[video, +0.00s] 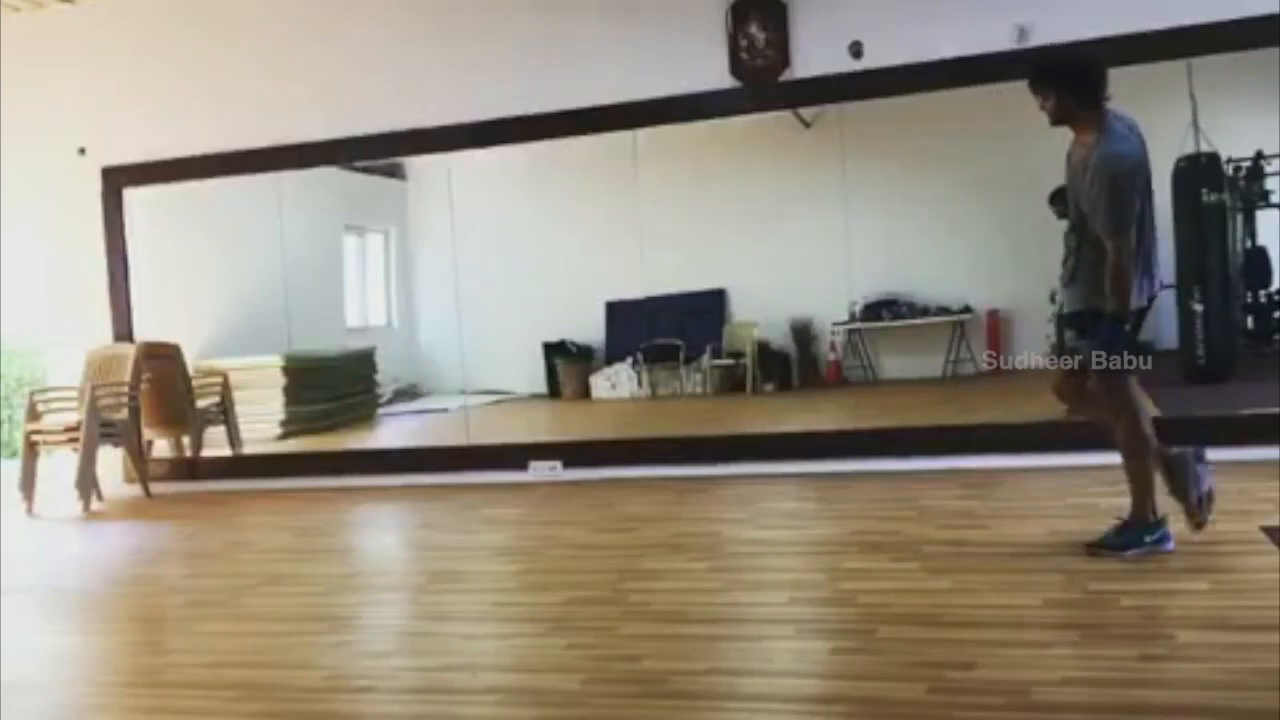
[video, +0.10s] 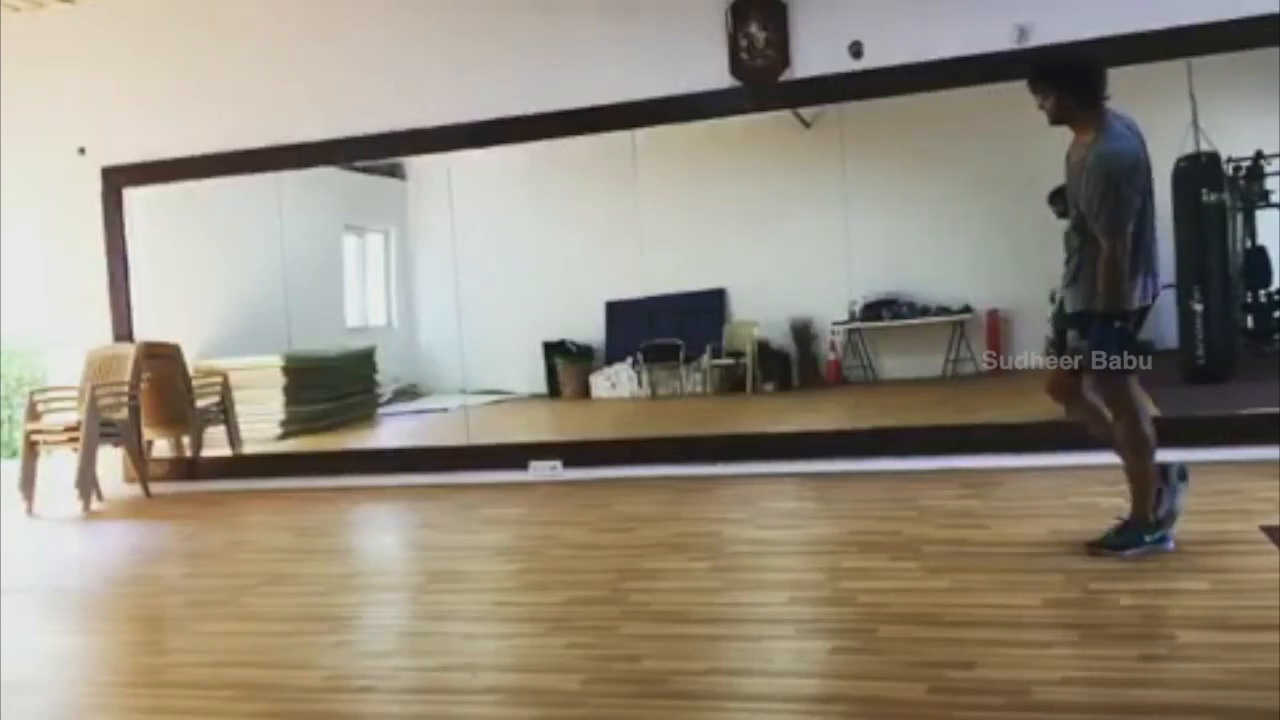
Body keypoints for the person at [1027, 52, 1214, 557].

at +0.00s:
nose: (1040, 106)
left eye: (1043, 97)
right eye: (1038, 97)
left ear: (1066, 96)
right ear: (1080, 92)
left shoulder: (1111, 158)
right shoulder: (1095, 132)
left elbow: (1120, 247)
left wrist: (1118, 319)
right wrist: (1076, 201)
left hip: (1110, 300)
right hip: (1083, 292)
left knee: (1122, 400)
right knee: (1071, 387)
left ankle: (1145, 518)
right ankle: (1177, 463)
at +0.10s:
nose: (1039, 104)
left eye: (1043, 94)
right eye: (1037, 95)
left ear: (1069, 93)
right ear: (1075, 92)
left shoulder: (1113, 151)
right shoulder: (1086, 136)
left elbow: (1116, 243)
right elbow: (1102, 202)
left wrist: (1109, 318)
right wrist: (1075, 202)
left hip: (1115, 298)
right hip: (1084, 290)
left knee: (1118, 396)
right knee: (1063, 386)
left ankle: (1145, 517)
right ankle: (1154, 470)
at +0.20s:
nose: (1037, 105)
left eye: (1042, 95)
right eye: (1036, 95)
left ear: (1068, 93)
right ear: (1075, 91)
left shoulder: (1111, 150)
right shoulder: (1087, 136)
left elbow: (1116, 243)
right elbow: (1100, 201)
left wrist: (1108, 315)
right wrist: (1074, 201)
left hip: (1113, 299)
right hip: (1084, 291)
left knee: (1117, 397)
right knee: (1058, 382)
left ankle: (1144, 516)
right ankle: (1148, 471)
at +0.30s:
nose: (1032, 105)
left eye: (1036, 94)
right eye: (1031, 95)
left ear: (1061, 92)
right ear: (1068, 91)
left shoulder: (1105, 149)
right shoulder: (1081, 139)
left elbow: (1112, 238)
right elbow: (1096, 213)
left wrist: (1098, 306)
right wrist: (1068, 206)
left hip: (1115, 298)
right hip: (1083, 292)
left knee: (1118, 394)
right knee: (1052, 384)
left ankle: (1146, 518)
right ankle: (1103, 488)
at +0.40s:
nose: (1029, 105)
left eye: (1032, 95)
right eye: (1027, 96)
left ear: (1057, 92)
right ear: (1066, 91)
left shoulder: (1099, 148)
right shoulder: (1077, 139)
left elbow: (1105, 237)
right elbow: (1093, 211)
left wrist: (1094, 304)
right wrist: (1066, 205)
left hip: (1116, 296)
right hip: (1084, 290)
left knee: (1116, 393)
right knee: (1052, 384)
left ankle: (1146, 518)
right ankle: (1078, 501)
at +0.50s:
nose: (1017, 109)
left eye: (1019, 98)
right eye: (1015, 99)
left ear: (1041, 95)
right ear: (1057, 91)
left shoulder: (1073, 147)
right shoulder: (1093, 134)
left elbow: (1082, 229)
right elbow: (1105, 220)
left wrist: (1068, 293)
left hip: (1101, 298)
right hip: (1107, 292)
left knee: (1114, 401)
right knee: (1054, 394)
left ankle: (1145, 519)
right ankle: (1024, 504)